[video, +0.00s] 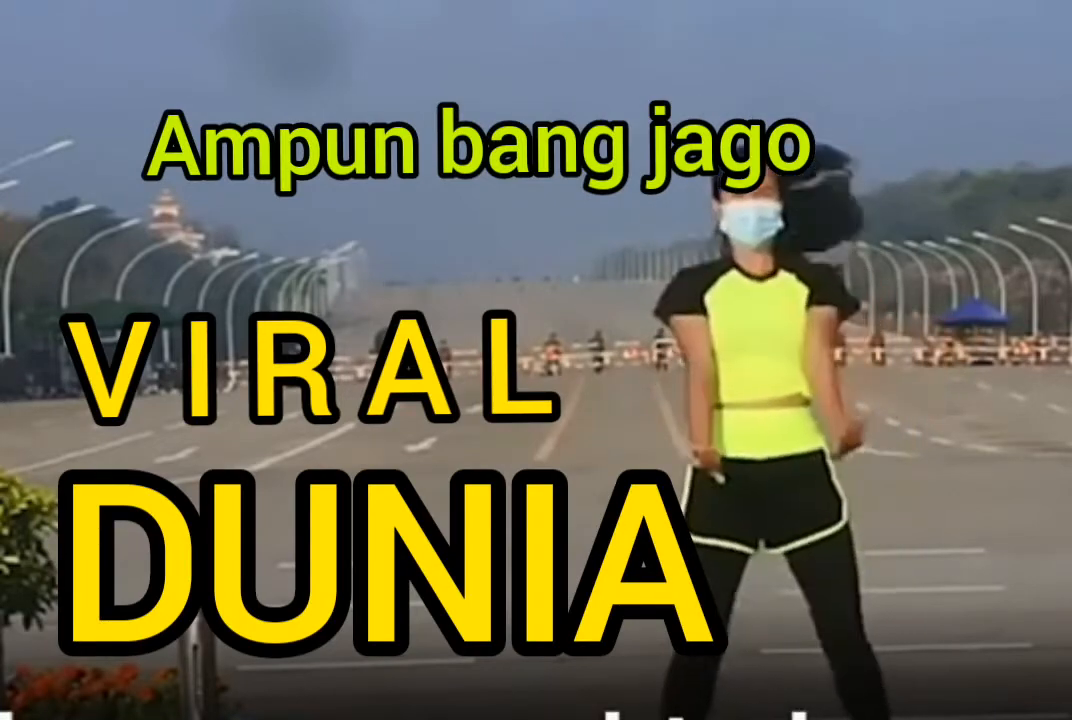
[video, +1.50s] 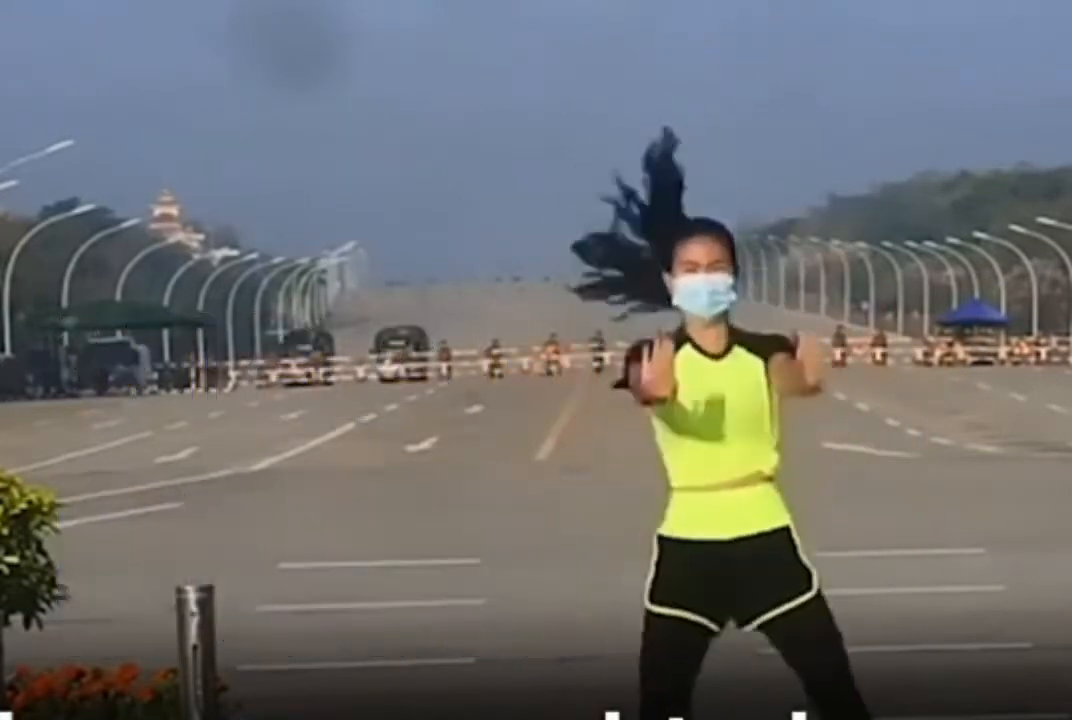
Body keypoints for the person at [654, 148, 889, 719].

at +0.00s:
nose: (755, 210)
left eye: (766, 197)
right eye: (740, 197)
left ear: (783, 204)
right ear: (718, 208)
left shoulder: (816, 282)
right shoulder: (692, 288)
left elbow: (821, 361)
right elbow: (700, 369)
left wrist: (841, 431)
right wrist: (702, 444)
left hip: (805, 479)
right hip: (722, 484)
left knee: (845, 639)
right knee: (699, 641)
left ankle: (873, 719)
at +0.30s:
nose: (723, 224)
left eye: (734, 212)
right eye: (709, 213)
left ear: (751, 221)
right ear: (688, 224)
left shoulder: (786, 297)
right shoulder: (663, 298)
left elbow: (802, 349)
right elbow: (661, 364)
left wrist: (829, 376)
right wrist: (662, 419)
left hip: (769, 487)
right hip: (687, 493)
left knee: (814, 650)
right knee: (673, 660)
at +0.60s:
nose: (687, 284)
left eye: (699, 273)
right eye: (674, 272)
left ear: (715, 286)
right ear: (651, 284)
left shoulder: (745, 357)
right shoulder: (626, 356)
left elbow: (839, 380)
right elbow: (549, 399)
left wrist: (759, 385)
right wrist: (624, 379)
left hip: (728, 548)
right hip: (649, 553)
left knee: (752, 703)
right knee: (638, 701)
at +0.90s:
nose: (677, 211)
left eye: (688, 199)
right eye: (663, 200)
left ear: (705, 209)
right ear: (643, 212)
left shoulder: (738, 287)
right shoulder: (617, 291)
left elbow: (793, 363)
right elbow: (570, 375)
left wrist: (764, 452)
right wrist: (609, 459)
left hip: (726, 478)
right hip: (643, 480)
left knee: (737, 650)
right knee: (642, 650)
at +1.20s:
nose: (684, 211)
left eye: (696, 199)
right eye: (669, 200)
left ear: (713, 210)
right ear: (648, 213)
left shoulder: (750, 288)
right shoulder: (625, 295)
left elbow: (814, 362)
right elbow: (568, 379)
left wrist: (785, 440)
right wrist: (626, 458)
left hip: (743, 485)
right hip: (660, 486)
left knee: (761, 650)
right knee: (661, 652)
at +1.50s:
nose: (706, 279)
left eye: (717, 267)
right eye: (691, 269)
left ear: (735, 278)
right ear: (670, 282)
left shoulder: (768, 352)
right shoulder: (655, 356)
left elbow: (800, 382)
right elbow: (651, 385)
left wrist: (810, 372)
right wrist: (656, 381)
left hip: (766, 541)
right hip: (687, 548)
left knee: (833, 685)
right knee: (661, 697)